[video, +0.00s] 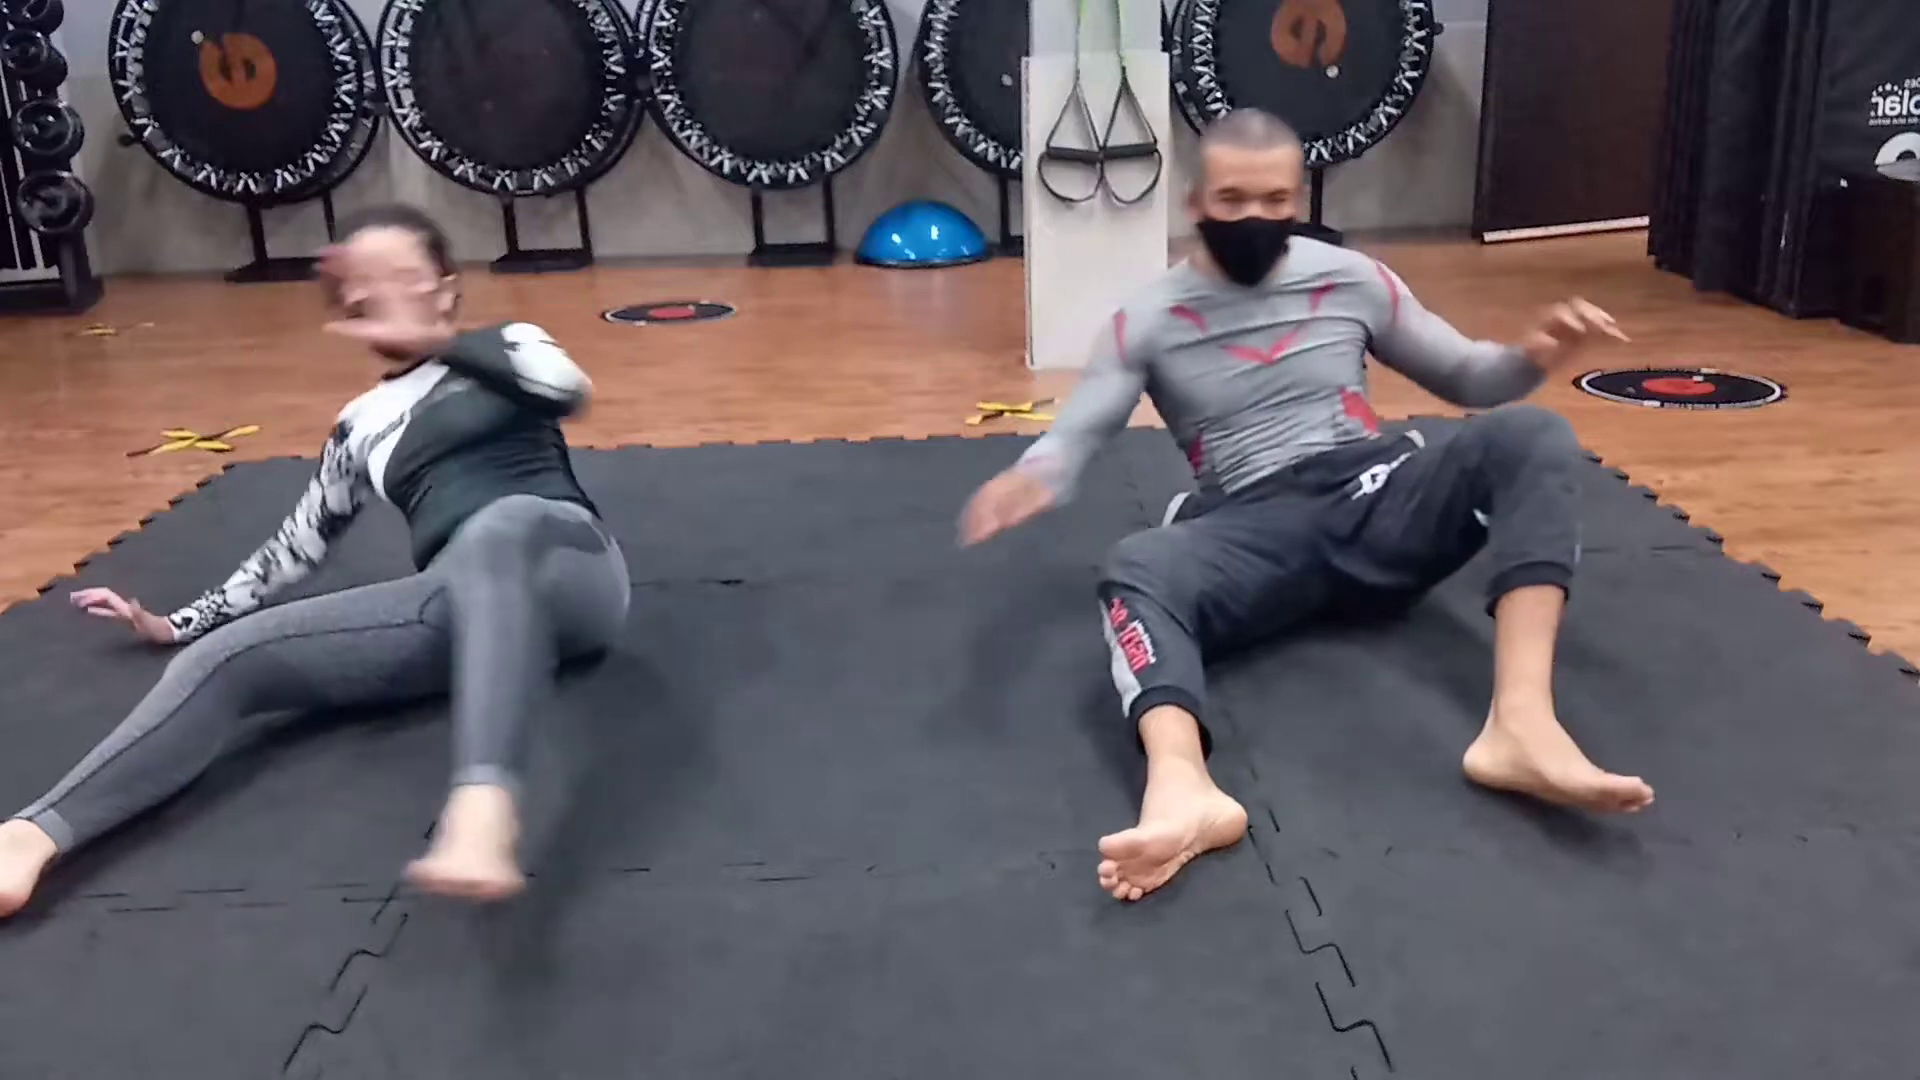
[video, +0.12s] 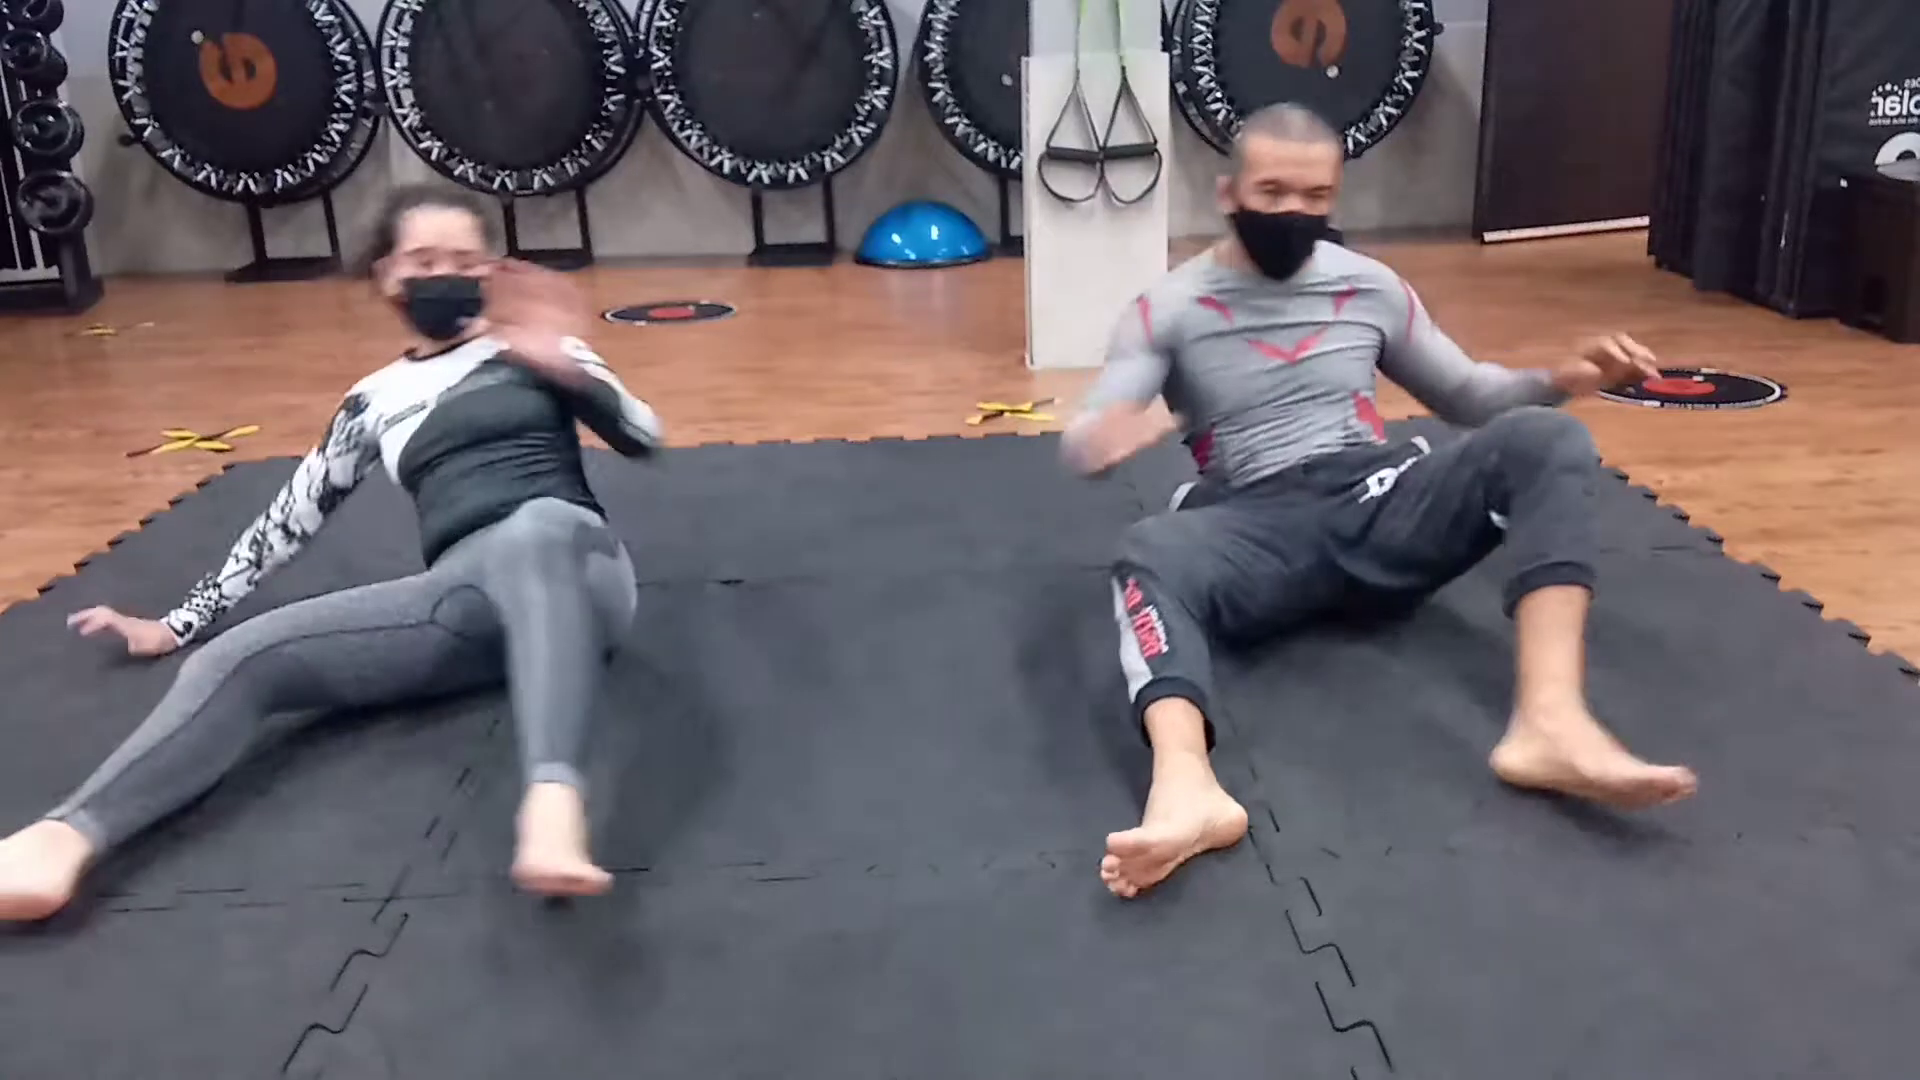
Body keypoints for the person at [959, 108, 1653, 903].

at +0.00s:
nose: (1257, 220)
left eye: (1276, 201)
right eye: (1235, 202)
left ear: (1302, 194)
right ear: (1197, 200)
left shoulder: (1350, 279)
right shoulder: (1150, 318)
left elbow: (1467, 375)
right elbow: (1077, 429)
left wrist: (1533, 358)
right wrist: (1034, 476)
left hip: (1376, 489)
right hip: (1245, 527)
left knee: (1533, 438)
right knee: (1138, 570)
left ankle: (1520, 718)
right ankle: (1181, 785)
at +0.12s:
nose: (1292, 213)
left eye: (1312, 196)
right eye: (1272, 192)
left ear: (1334, 199)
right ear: (1229, 193)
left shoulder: (1369, 287)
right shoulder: (1169, 307)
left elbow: (1468, 393)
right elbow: (1083, 441)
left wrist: (1573, 377)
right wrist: (1107, 435)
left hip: (1382, 494)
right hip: (1252, 524)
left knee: (1552, 440)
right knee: (1148, 556)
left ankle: (1550, 716)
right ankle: (1184, 779)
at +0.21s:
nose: (1324, 211)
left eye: (1343, 195)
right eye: (1303, 189)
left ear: (1359, 198)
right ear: (1253, 189)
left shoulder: (1383, 295)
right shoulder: (1186, 301)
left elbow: (1468, 404)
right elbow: (1102, 440)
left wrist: (1571, 396)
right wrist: (1158, 410)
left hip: (1383, 502)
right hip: (1260, 523)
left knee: (1563, 441)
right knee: (1161, 554)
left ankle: (1585, 716)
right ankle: (1190, 781)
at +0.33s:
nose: (1363, 210)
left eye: (1382, 195)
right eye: (1345, 186)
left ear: (1397, 202)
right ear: (1292, 185)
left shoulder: (1407, 301)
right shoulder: (1214, 290)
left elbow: (1470, 419)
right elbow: (1150, 415)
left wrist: (1596, 420)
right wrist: (1241, 369)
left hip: (1404, 508)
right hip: (1277, 521)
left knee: (1593, 446)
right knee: (1191, 538)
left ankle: (1638, 713)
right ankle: (1205, 778)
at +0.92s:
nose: (1543, 236)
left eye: (1559, 223)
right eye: (1531, 207)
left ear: (1563, 235)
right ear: (1466, 190)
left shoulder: (1506, 340)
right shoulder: (1349, 253)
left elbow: (1519, 482)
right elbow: (1315, 309)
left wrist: (1687, 541)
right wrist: (1503, 287)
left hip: (1451, 535)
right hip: (1319, 531)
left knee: (1683, 500)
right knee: (1361, 417)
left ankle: (1688, 714)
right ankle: (1417, 735)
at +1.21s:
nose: (1611, 261)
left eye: (1624, 253)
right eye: (1597, 233)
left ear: (1618, 269)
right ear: (1530, 215)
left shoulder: (1529, 361)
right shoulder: (1410, 247)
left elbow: (1523, 501)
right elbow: (1428, 273)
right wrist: (1633, 274)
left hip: (1445, 563)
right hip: (1333, 529)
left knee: (1702, 522)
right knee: (1456, 383)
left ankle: (1695, 710)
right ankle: (1506, 700)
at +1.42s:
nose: (1644, 278)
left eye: (1654, 270)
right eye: (1639, 249)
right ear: (1578, 224)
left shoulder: (1542, 357)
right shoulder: (1457, 246)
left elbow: (1557, 499)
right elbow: (1537, 257)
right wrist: (1710, 284)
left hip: (1449, 559)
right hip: (1348, 510)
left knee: (1714, 546)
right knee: (1537, 370)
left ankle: (1696, 712)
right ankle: (1533, 682)